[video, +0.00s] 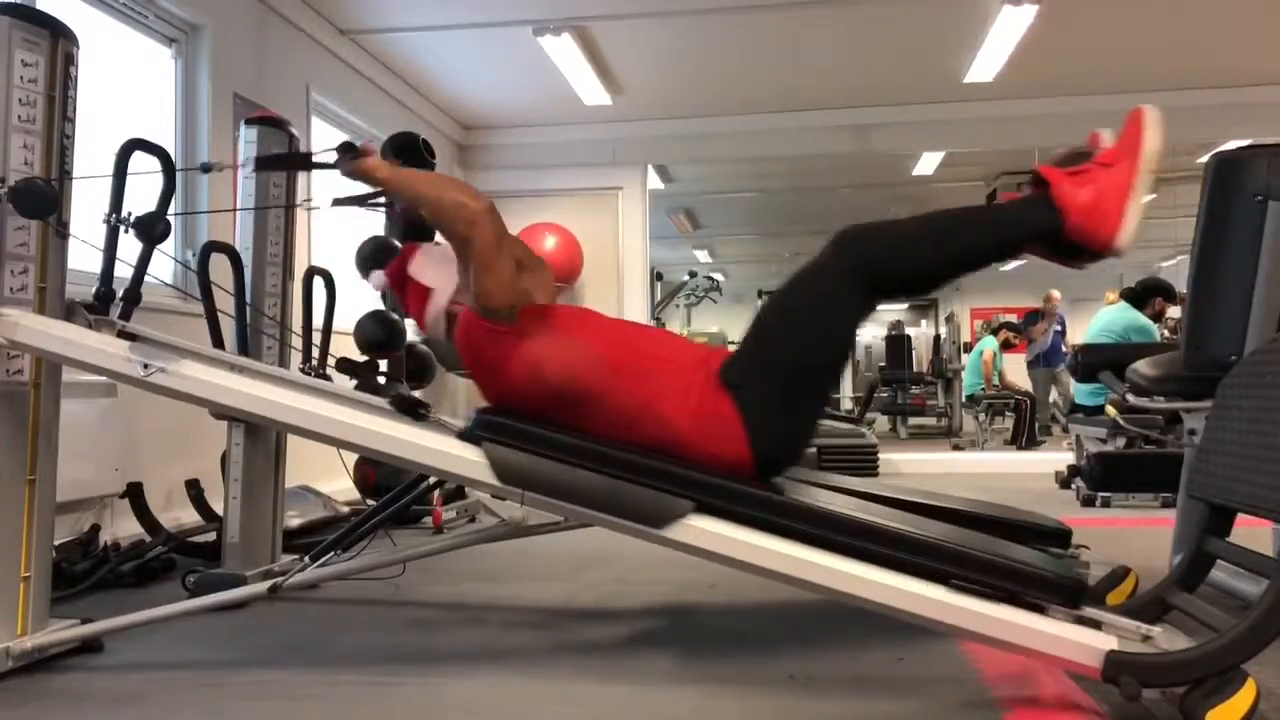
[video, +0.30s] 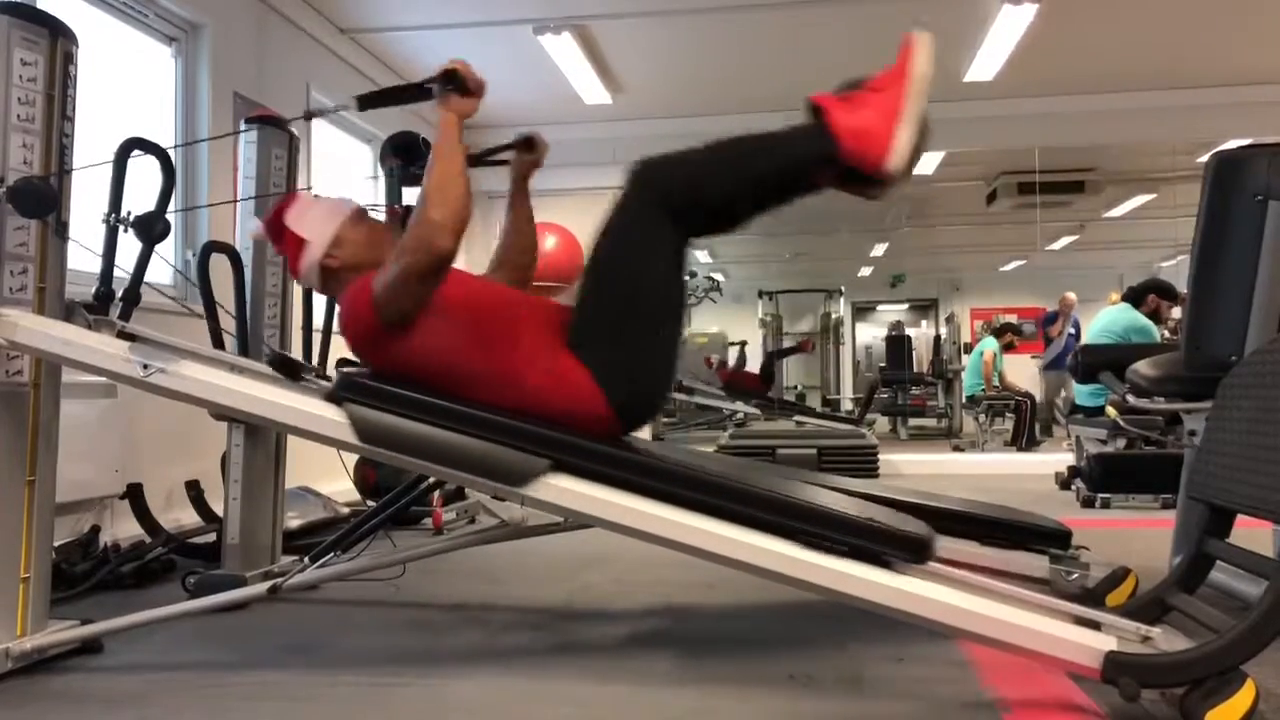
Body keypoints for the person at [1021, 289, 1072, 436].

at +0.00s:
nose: (1055, 307)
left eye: (1057, 305)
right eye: (1052, 304)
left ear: (1059, 304)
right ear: (1045, 303)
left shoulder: (1060, 318)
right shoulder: (1032, 317)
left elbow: (1063, 336)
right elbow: (1031, 334)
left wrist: (1068, 347)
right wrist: (1047, 321)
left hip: (1057, 362)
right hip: (1038, 364)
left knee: (1066, 391)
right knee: (1042, 397)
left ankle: (1061, 417)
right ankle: (1043, 424)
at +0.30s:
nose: (1068, 310)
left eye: (1071, 307)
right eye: (1066, 306)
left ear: (1075, 306)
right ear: (1060, 304)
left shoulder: (1074, 321)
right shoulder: (1050, 317)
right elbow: (1052, 333)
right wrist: (1062, 317)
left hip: (1069, 367)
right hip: (1052, 367)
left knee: (1071, 396)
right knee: (1050, 399)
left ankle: (1068, 422)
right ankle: (1046, 427)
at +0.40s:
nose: (1072, 307)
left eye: (1075, 304)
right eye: (1070, 303)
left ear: (1079, 304)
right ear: (1064, 302)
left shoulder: (1079, 319)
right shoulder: (1053, 316)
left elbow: (1081, 336)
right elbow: (1056, 331)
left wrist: (1076, 350)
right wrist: (1066, 314)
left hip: (1072, 361)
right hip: (1057, 361)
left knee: (1070, 393)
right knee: (1057, 393)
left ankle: (1066, 418)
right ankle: (1056, 421)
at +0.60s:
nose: (1079, 305)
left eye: (1082, 302)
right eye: (1076, 301)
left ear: (1086, 302)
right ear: (1070, 298)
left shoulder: (1087, 315)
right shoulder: (1059, 312)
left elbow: (1092, 334)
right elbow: (1065, 329)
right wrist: (1073, 312)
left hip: (1082, 355)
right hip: (1065, 355)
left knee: (1082, 386)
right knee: (1070, 387)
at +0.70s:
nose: (1084, 306)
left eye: (1087, 303)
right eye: (1081, 302)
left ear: (1090, 303)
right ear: (1075, 300)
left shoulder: (1092, 317)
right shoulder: (1064, 314)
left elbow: (1094, 335)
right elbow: (1072, 331)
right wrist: (1077, 314)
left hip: (1087, 353)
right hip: (1069, 353)